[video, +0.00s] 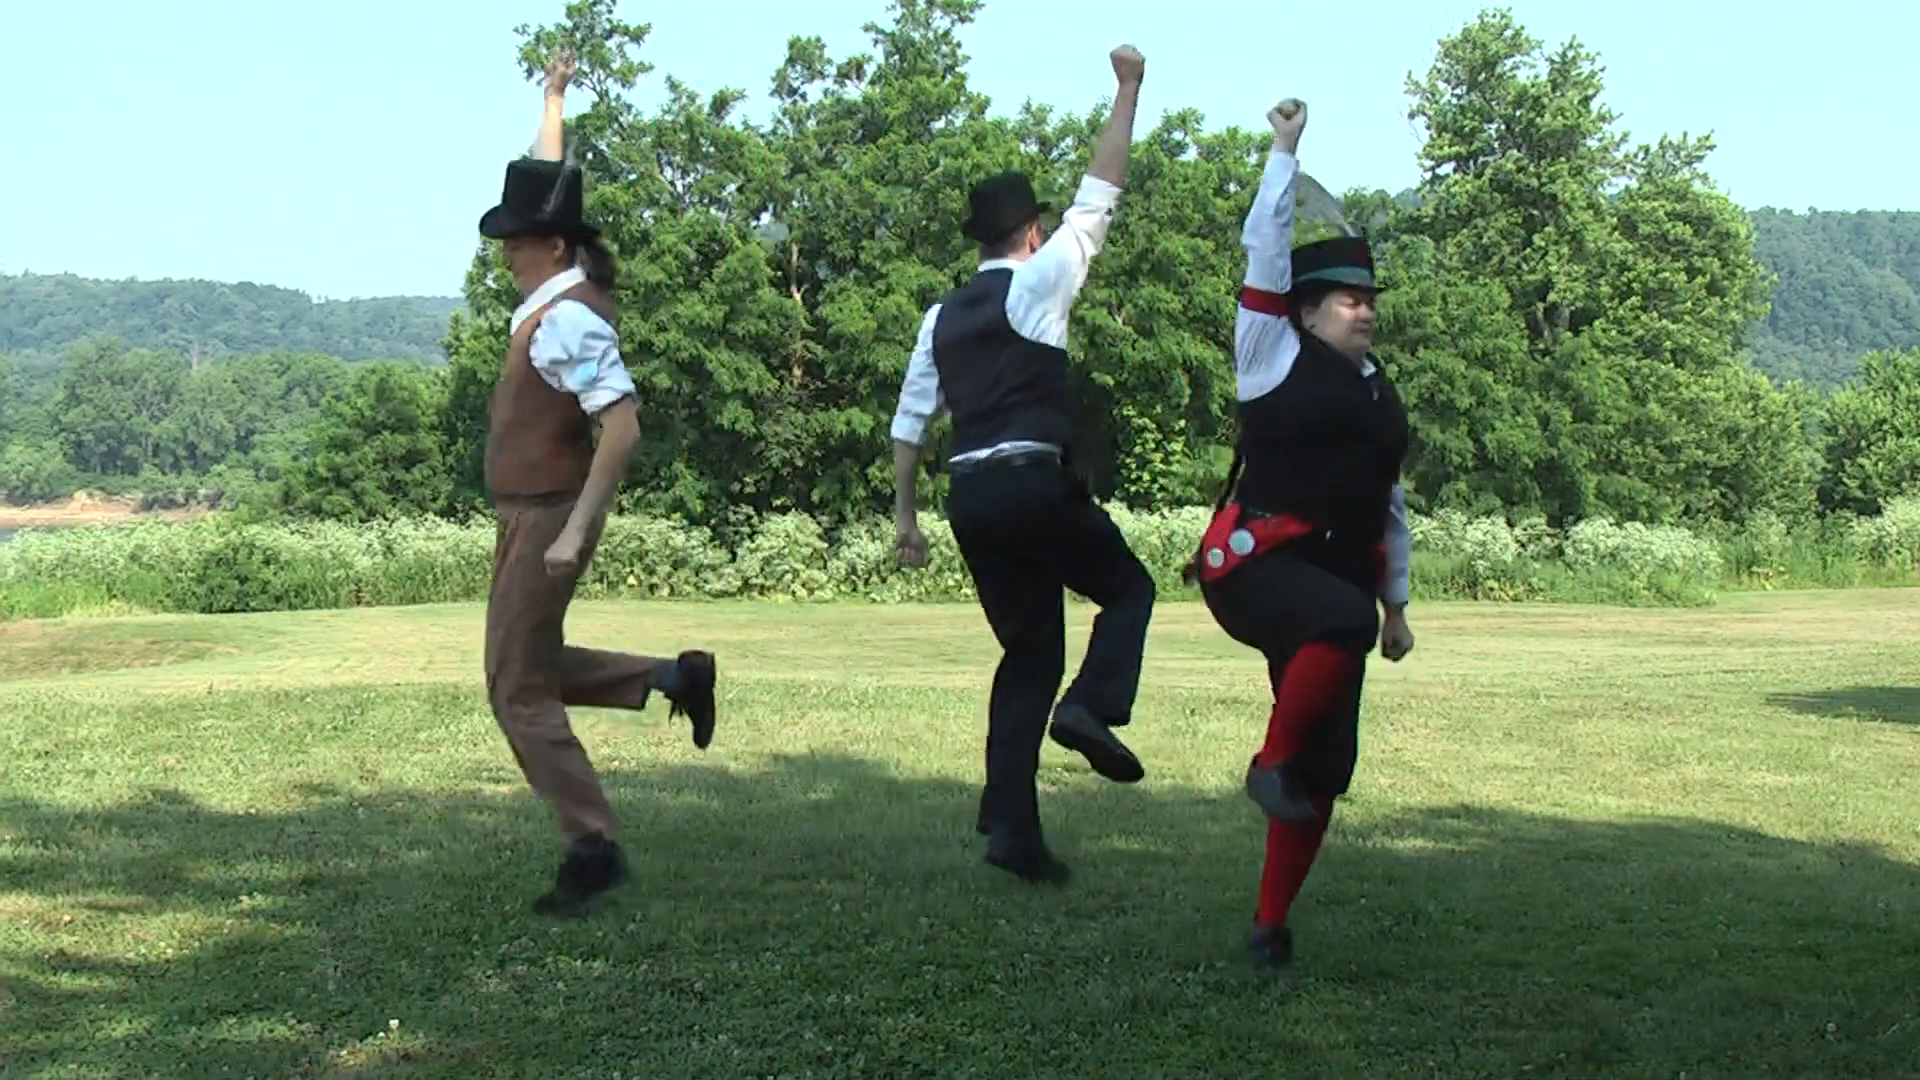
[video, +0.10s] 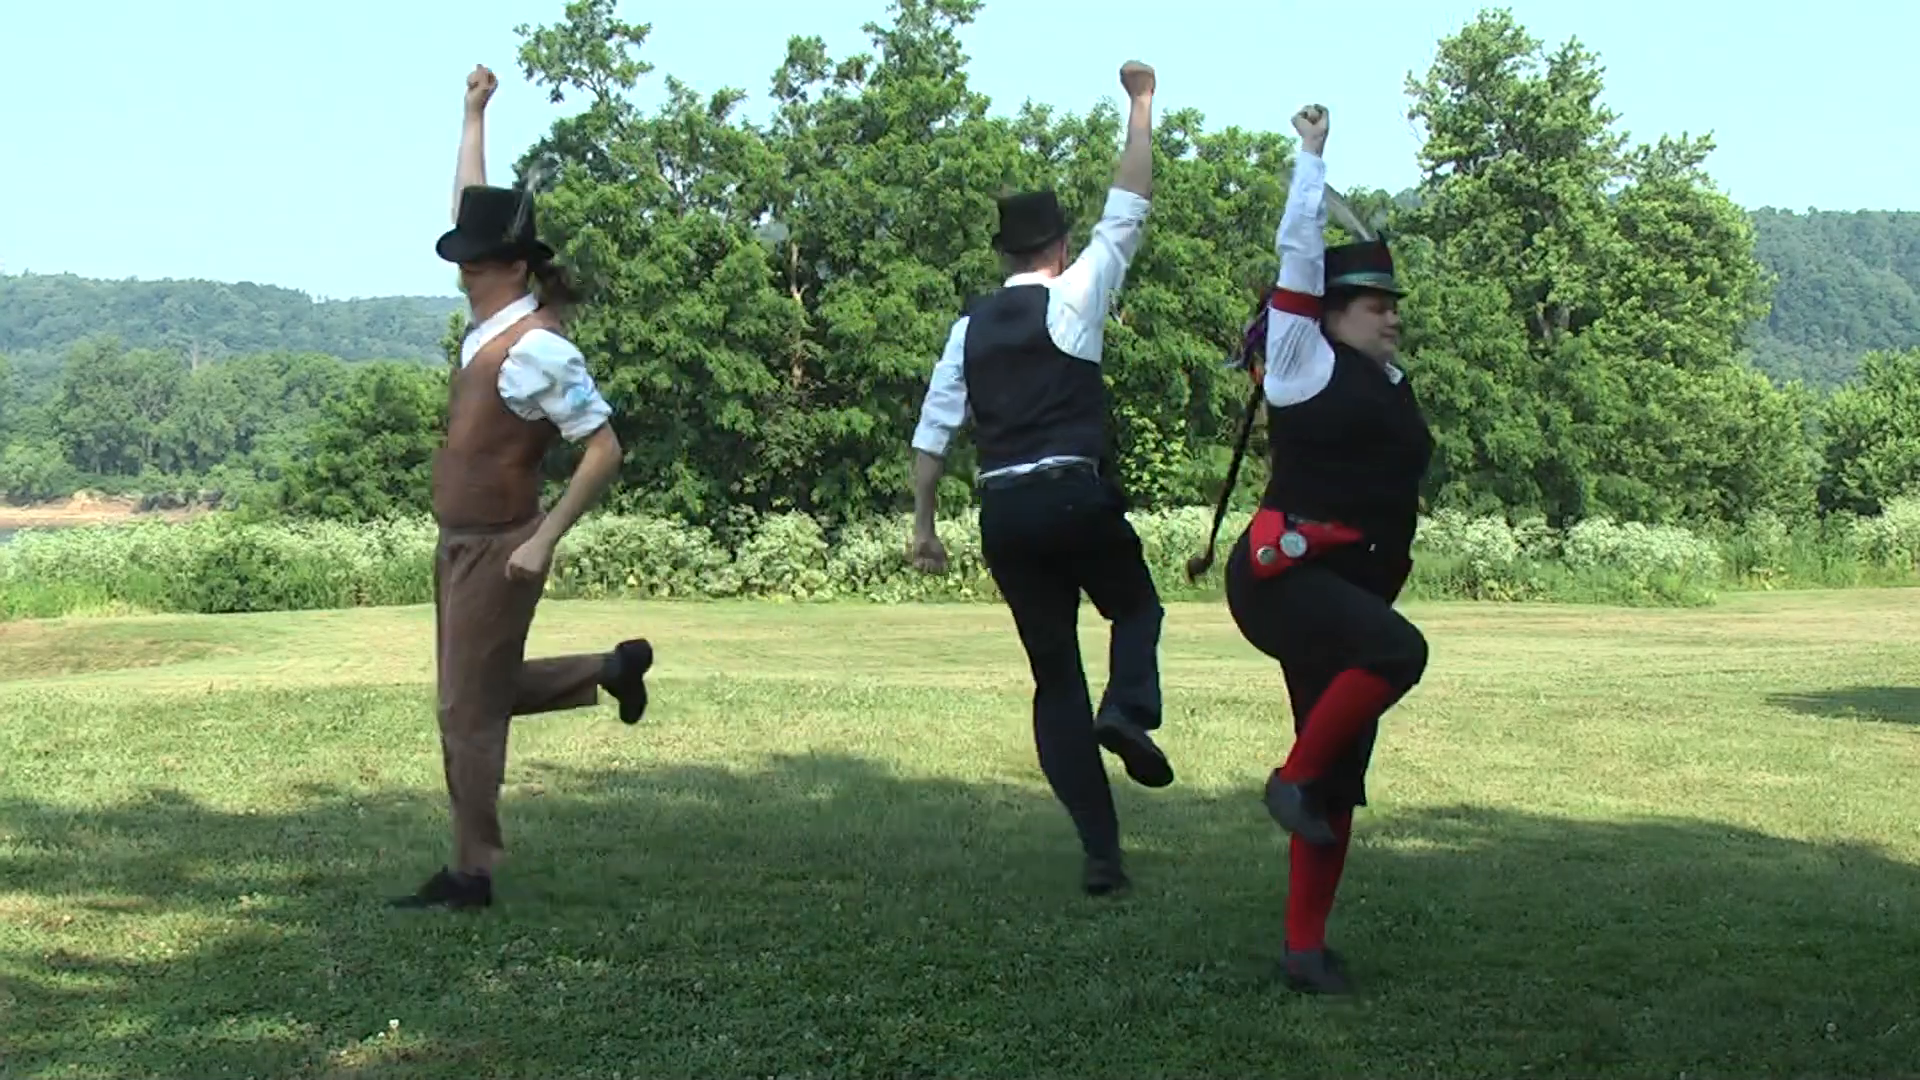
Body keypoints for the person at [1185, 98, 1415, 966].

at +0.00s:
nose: (1363, 311)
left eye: (1368, 301)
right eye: (1348, 300)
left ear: (1371, 315)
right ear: (1308, 309)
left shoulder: (1378, 399)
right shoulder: (1273, 357)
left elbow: (1390, 507)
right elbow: (1265, 249)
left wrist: (1393, 599)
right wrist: (1285, 147)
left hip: (1339, 576)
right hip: (1255, 558)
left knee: (1321, 764)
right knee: (1341, 619)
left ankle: (1270, 925)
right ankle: (1272, 765)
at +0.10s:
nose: (1390, 315)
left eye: (1392, 304)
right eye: (1375, 304)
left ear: (1388, 319)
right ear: (1329, 311)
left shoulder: (1388, 385)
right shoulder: (1300, 361)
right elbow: (1298, 251)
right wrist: (1311, 152)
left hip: (1354, 585)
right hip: (1285, 572)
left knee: (1333, 777)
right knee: (1397, 650)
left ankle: (1305, 947)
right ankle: (1295, 781)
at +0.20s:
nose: (1415, 353)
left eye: (1417, 341)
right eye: (1401, 341)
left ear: (1410, 351)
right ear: (1357, 348)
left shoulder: (1398, 425)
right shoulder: (1335, 402)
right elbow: (1335, 290)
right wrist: (1347, 189)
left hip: (1361, 621)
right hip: (1311, 608)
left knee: (1353, 806)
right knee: (1450, 690)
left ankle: (1300, 962)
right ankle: (1374, 847)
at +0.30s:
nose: (1450, 357)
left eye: (1448, 343)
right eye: (1436, 344)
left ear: (1428, 353)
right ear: (1396, 346)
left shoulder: (1414, 417)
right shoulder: (1373, 402)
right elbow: (1390, 295)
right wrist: (1408, 183)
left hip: (1371, 630)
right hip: (1347, 619)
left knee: (1376, 817)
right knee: (1499, 711)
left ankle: (1301, 963)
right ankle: (1482, 891)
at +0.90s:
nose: (1631, 304)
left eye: (1615, 295)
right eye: (1623, 295)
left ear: (1552, 307)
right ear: (1615, 301)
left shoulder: (1504, 383)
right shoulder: (1636, 344)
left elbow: (1473, 487)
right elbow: (1679, 244)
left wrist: (1454, 586)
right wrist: (1655, 148)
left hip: (1526, 580)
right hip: (1619, 574)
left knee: (1693, 632)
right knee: (1639, 766)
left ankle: (1705, 788)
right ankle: (1618, 955)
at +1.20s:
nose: (1651, 374)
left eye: (1625, 364)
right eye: (1658, 363)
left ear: (1600, 372)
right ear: (1670, 366)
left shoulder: (1557, 459)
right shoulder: (1705, 425)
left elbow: (1532, 564)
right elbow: (1751, 329)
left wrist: (1512, 652)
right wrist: (1693, 250)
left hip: (1585, 650)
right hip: (1690, 641)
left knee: (1674, 723)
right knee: (1694, 808)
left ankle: (1699, 846)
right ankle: (1679, 981)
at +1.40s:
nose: (1589, 360)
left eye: (1582, 351)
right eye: (1616, 348)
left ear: (1577, 356)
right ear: (1641, 350)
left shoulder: (1546, 430)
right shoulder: (1692, 414)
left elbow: (1441, 450)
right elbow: (1775, 485)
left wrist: (1465, 367)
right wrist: (1775, 454)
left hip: (1594, 607)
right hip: (1693, 599)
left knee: (1633, 760)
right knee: (1713, 756)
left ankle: (1671, 919)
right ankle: (1721, 895)